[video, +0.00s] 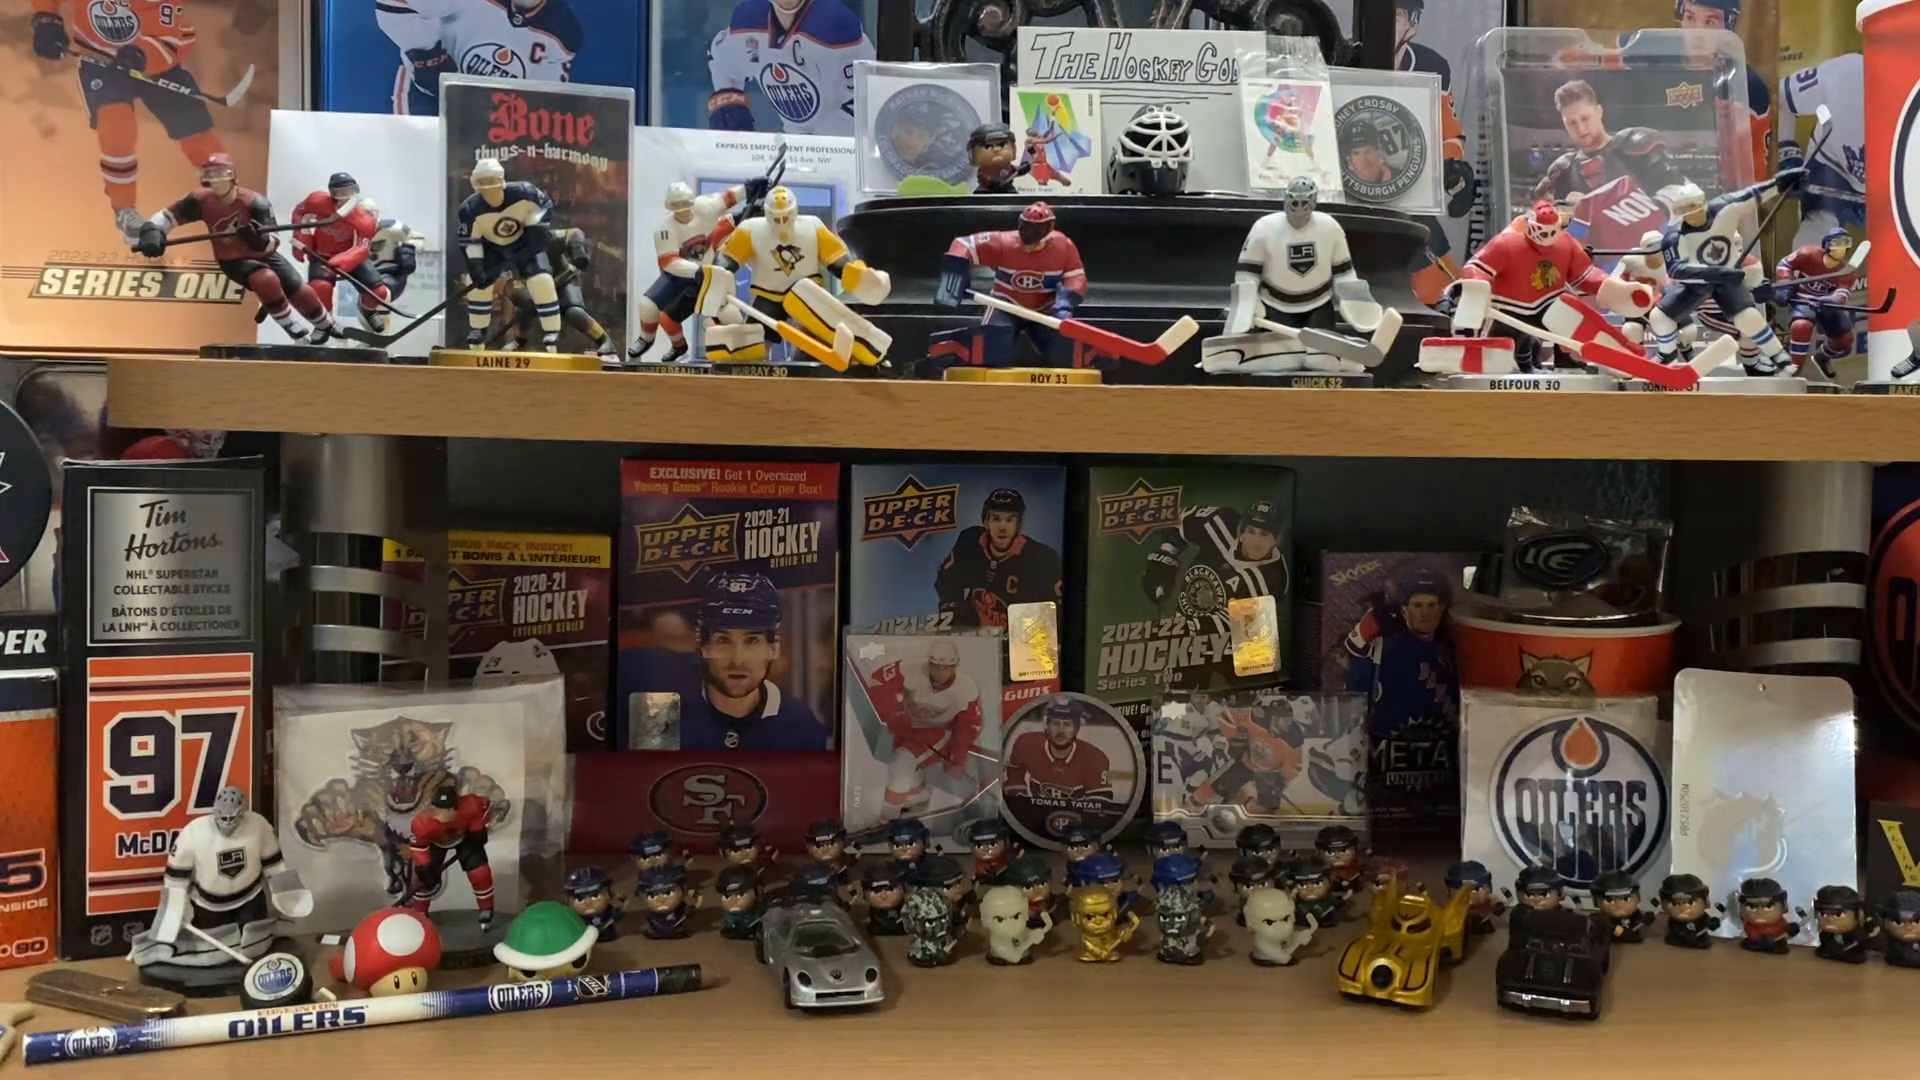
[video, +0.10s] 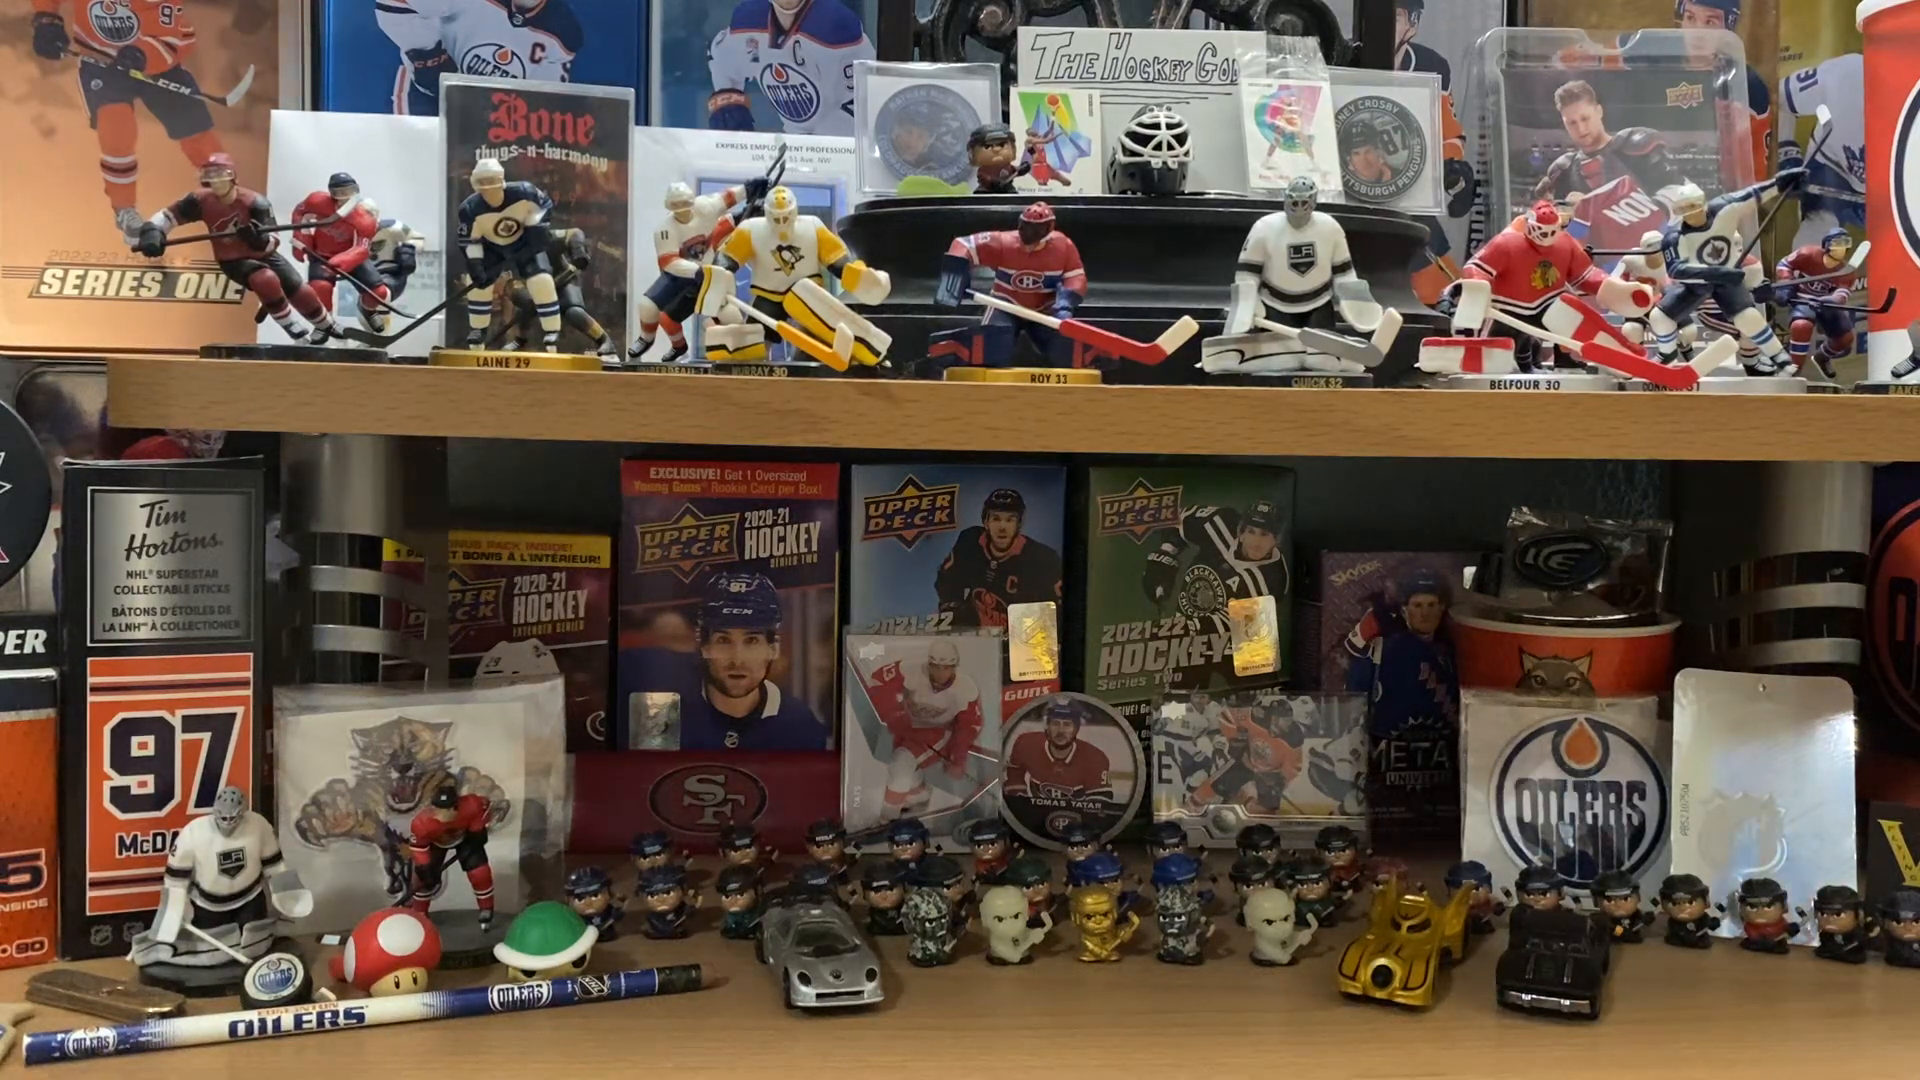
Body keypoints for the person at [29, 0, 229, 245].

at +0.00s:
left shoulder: (161, 7)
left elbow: (176, 39)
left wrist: (141, 54)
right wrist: (46, 17)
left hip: (157, 60)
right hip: (99, 60)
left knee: (201, 141)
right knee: (118, 127)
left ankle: (231, 204)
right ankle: (125, 211)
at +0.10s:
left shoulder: (161, 7)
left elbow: (175, 39)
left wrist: (142, 54)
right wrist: (46, 18)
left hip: (157, 61)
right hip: (100, 61)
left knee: (203, 143)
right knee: (118, 127)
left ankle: (231, 204)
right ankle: (125, 211)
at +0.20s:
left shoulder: (161, 7)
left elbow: (175, 39)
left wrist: (141, 54)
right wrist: (46, 18)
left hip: (156, 60)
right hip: (99, 60)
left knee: (202, 142)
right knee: (118, 127)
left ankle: (231, 204)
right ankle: (125, 211)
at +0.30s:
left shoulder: (162, 6)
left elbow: (173, 39)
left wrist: (141, 54)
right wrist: (46, 18)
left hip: (157, 60)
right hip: (99, 60)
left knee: (202, 142)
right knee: (118, 127)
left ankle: (230, 203)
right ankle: (125, 211)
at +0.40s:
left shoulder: (162, 6)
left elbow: (173, 39)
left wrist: (141, 53)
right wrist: (46, 18)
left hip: (157, 61)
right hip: (100, 60)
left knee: (203, 144)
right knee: (118, 128)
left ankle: (230, 202)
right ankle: (125, 210)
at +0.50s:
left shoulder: (162, 5)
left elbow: (172, 38)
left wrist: (140, 54)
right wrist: (46, 18)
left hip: (158, 61)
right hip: (99, 60)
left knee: (203, 145)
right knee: (118, 129)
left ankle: (231, 205)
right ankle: (125, 211)